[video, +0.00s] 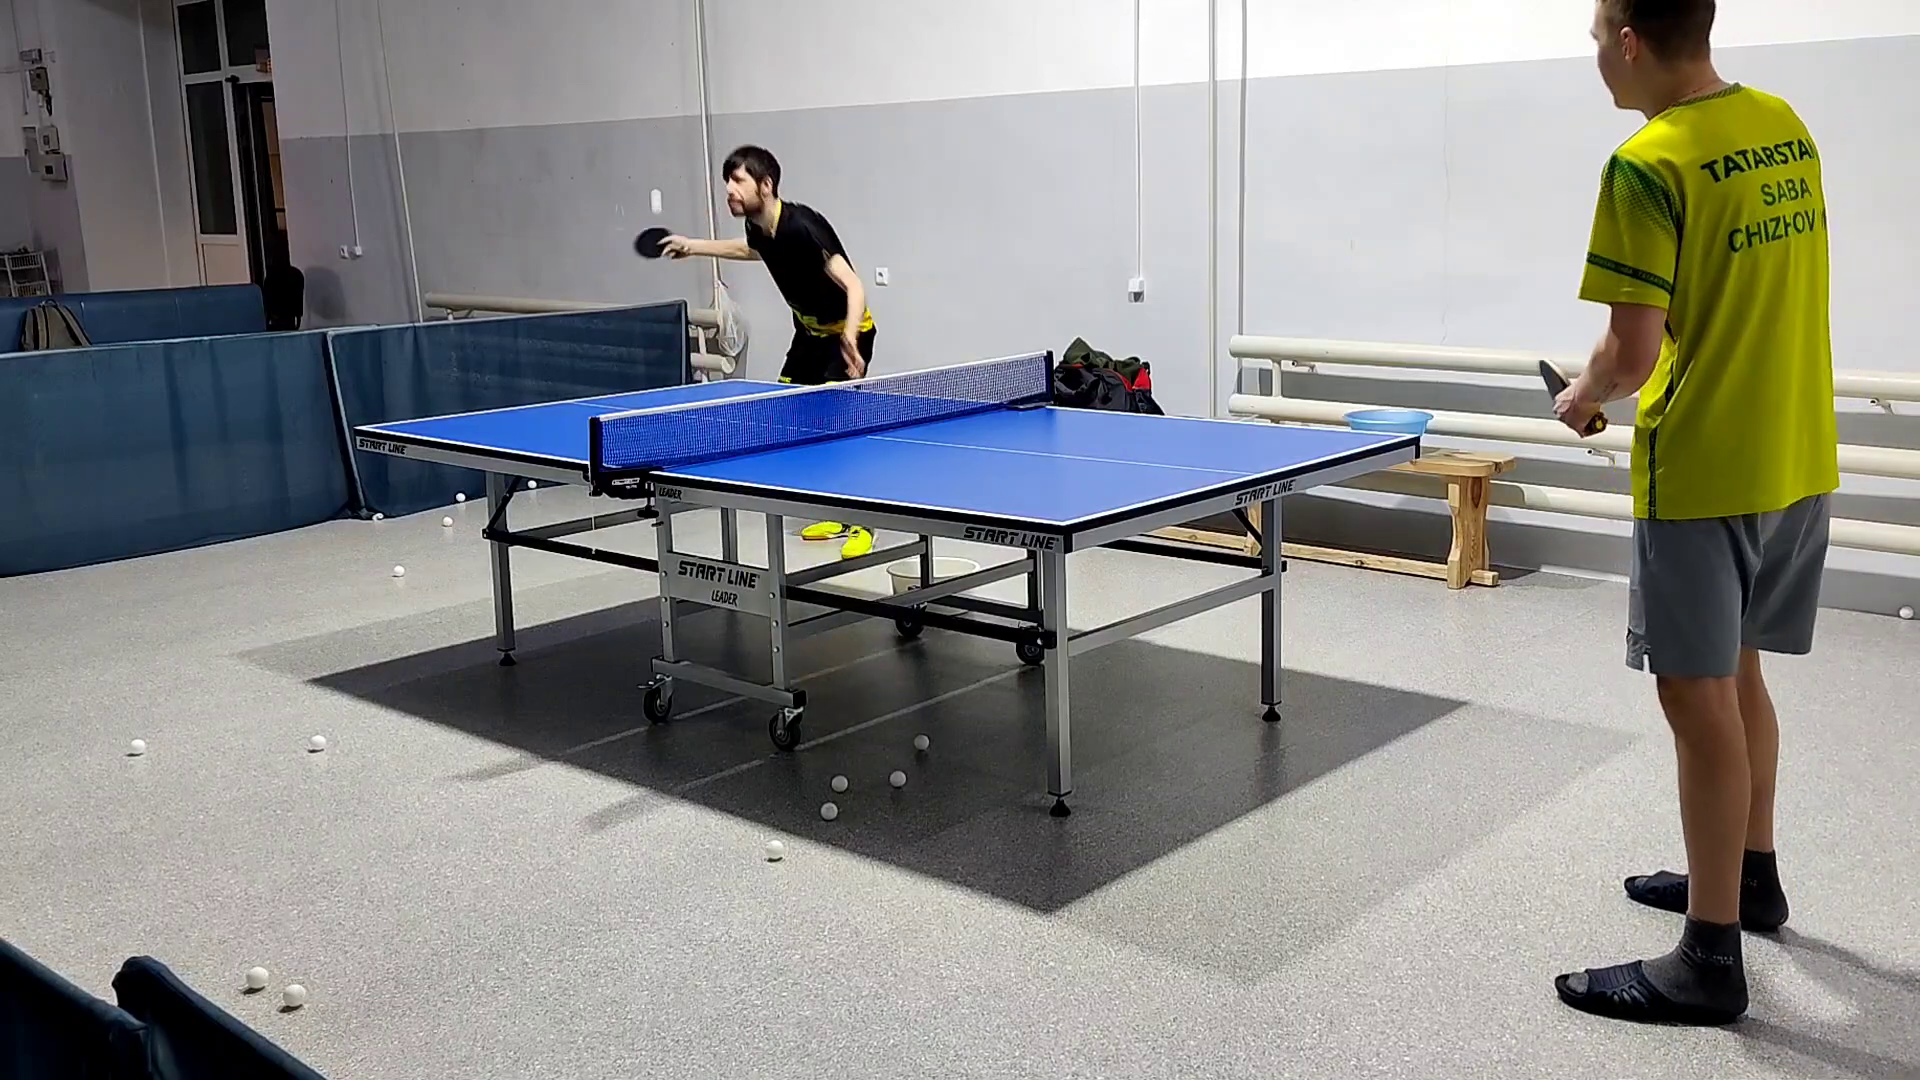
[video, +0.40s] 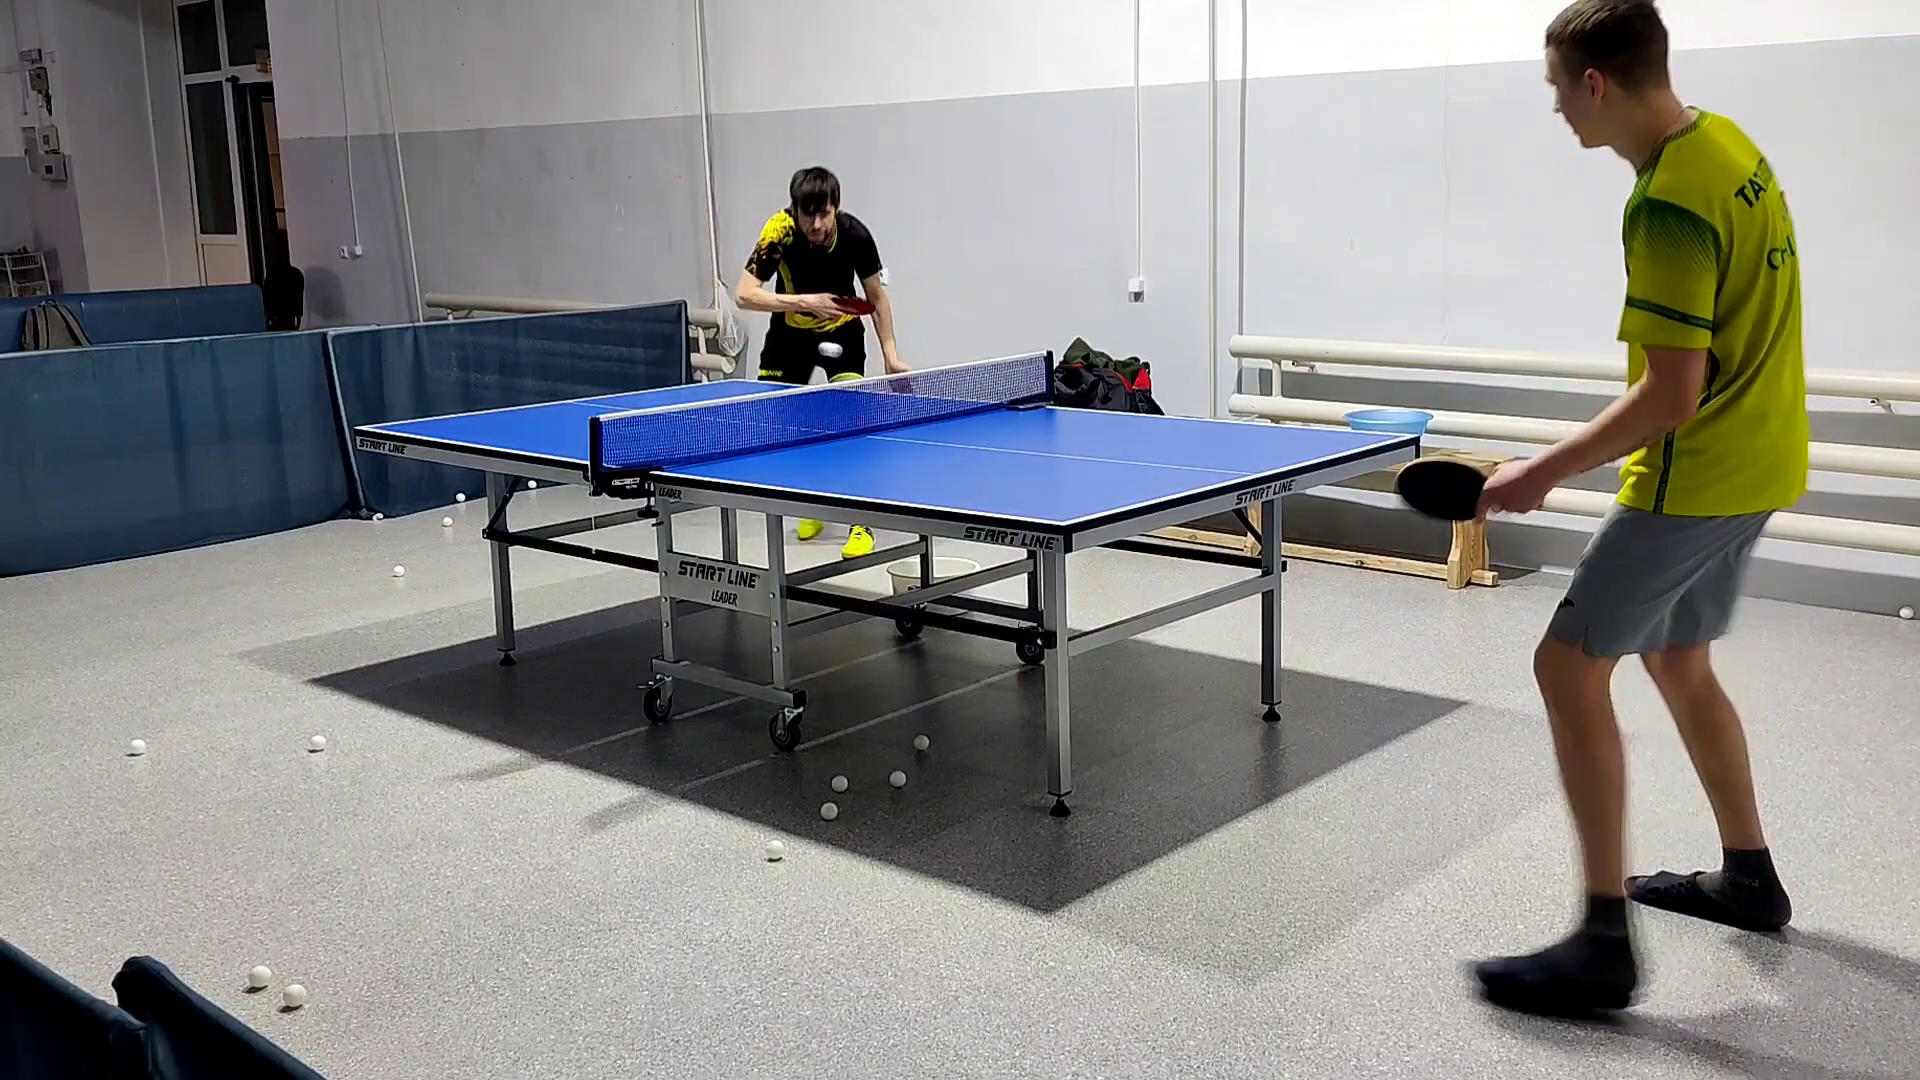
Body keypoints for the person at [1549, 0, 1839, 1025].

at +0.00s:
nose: (1597, 61)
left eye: (1598, 41)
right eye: (1597, 40)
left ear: (1630, 41)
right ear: (1699, 31)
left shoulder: (1647, 162)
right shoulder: (1781, 123)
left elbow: (1633, 346)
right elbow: (1767, 287)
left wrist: (1586, 394)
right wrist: (1639, 360)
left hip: (1699, 473)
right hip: (1799, 459)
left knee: (1699, 702)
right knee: (1738, 670)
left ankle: (1708, 963)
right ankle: (1750, 873)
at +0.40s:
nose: (1559, 113)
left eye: (1559, 93)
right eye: (1555, 94)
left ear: (1597, 83)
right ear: (1645, 73)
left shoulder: (1671, 195)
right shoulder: (1724, 148)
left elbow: (1669, 395)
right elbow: (1730, 345)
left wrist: (1544, 470)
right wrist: (1591, 450)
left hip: (1695, 480)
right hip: (1757, 466)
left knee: (1568, 666)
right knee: (1676, 652)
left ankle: (1602, 941)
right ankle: (1750, 877)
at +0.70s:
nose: (1463, 162)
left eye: (1467, 139)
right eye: (1456, 141)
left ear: (1517, 120)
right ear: (1528, 119)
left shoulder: (1624, 220)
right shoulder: (1584, 198)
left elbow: (1625, 418)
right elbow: (1613, 387)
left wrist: (1491, 489)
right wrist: (1512, 480)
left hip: (1641, 504)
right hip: (1655, 492)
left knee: (1510, 685)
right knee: (1650, 674)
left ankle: (1515, 954)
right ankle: (1746, 878)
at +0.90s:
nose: (1356, 228)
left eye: (1359, 206)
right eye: (1349, 208)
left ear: (1414, 186)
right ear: (1426, 182)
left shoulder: (1509, 273)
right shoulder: (1537, 210)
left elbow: (1476, 468)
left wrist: (1328, 518)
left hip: (1604, 517)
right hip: (1667, 489)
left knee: (1439, 696)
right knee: (1631, 680)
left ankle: (1509, 956)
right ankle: (1741, 876)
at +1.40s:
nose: (1405, 219)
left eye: (1405, 199)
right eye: (1400, 200)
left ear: (1438, 190)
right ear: (1492, 169)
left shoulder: (1473, 313)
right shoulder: (1613, 206)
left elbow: (1476, 482)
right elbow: (1650, 354)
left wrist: (1438, 474)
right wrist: (1525, 429)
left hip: (1648, 541)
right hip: (1766, 512)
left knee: (1471, 694)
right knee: (1725, 710)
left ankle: (1509, 955)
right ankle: (1890, 935)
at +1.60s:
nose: (1545, 190)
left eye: (1548, 167)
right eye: (1542, 168)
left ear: (1585, 157)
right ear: (1639, 144)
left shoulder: (1625, 287)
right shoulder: (1754, 201)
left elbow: (1628, 492)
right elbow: (1806, 373)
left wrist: (1558, 535)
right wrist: (1664, 470)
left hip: (1751, 559)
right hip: (1864, 536)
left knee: (1555, 703)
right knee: (1797, 758)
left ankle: (1519, 957)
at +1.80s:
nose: (1672, 168)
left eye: (1678, 145)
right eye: (1670, 147)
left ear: (1727, 135)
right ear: (1766, 127)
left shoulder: (1778, 270)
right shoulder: (1878, 192)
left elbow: (1777, 487)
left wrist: (1644, 550)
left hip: (1868, 569)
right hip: (1919, 557)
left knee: (1667, 721)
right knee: (1847, 766)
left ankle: (1624, 995)